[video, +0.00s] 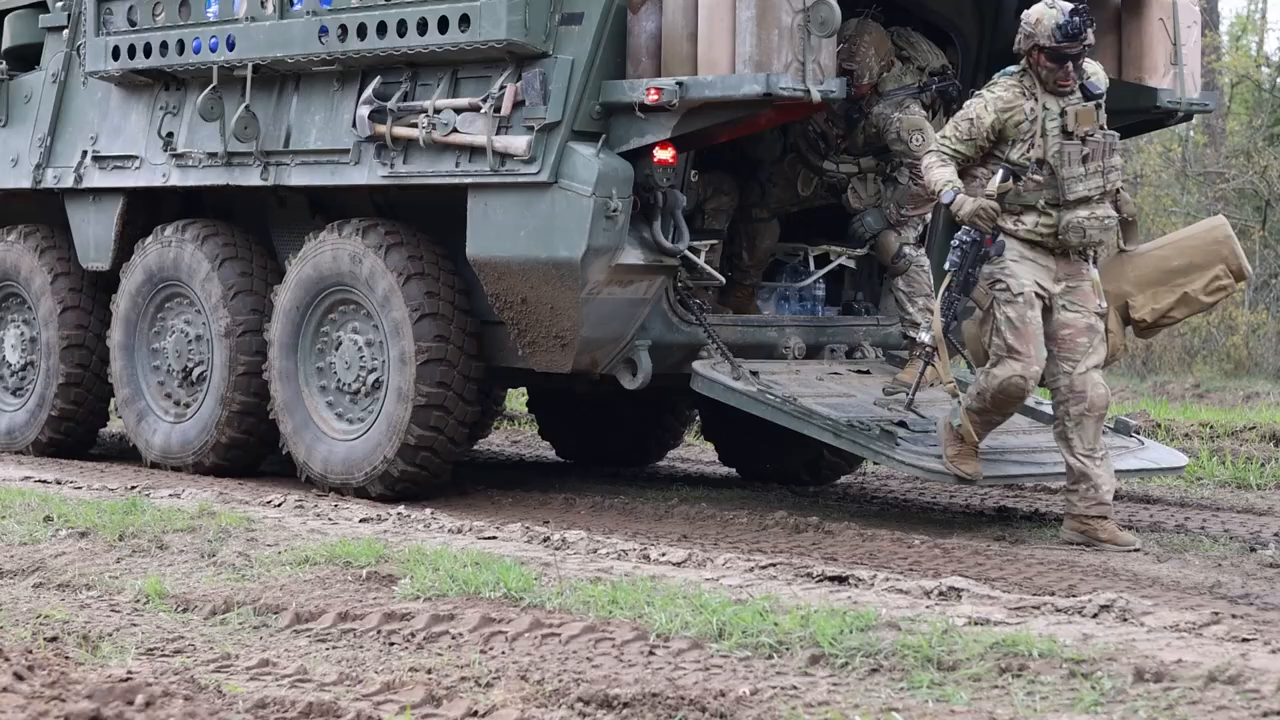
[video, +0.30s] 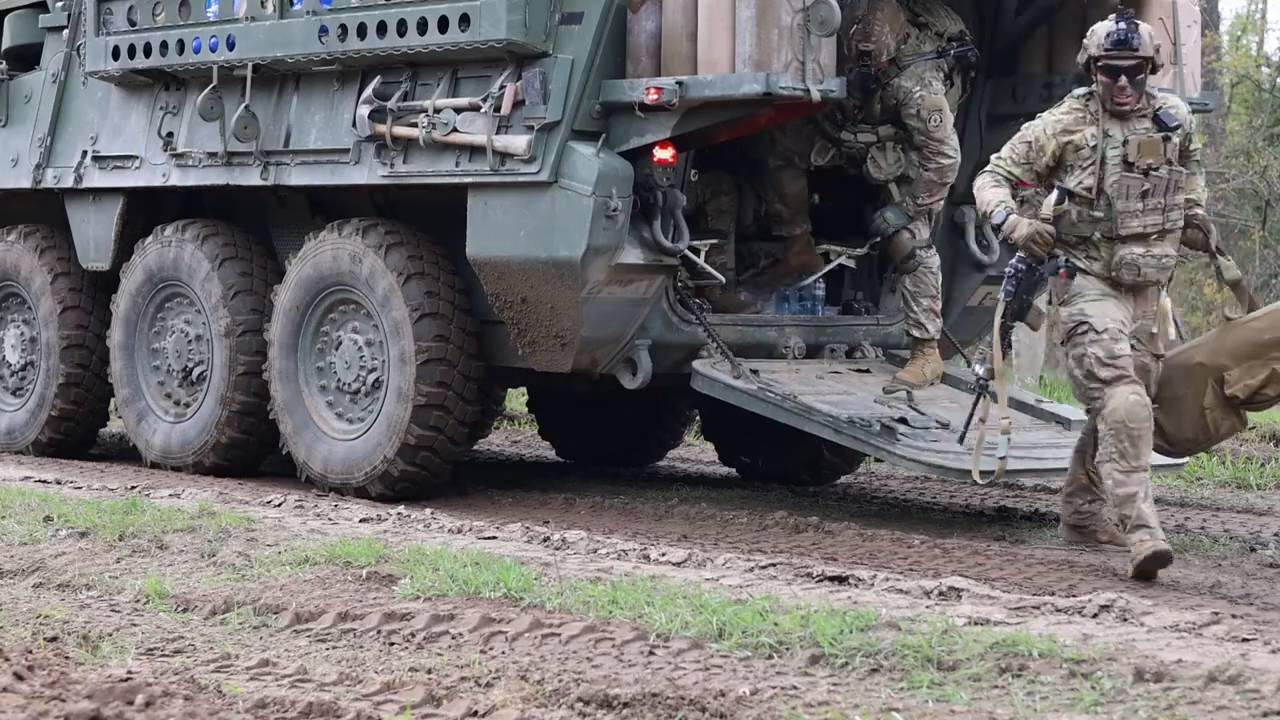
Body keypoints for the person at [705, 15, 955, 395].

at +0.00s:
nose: (849, 72)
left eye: (857, 65)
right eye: (845, 63)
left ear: (880, 62)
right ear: (839, 57)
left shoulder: (898, 111)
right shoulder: (838, 83)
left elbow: (926, 174)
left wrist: (889, 216)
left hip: (894, 184)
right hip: (836, 171)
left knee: (896, 246)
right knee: (760, 192)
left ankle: (925, 353)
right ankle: (740, 296)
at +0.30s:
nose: (866, 64)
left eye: (874, 56)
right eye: (860, 54)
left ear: (896, 46)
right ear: (850, 43)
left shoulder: (917, 83)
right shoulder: (846, 55)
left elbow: (944, 158)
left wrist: (905, 208)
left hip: (905, 157)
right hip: (853, 144)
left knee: (907, 240)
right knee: (780, 141)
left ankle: (925, 351)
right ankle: (798, 251)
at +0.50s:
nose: (878, 60)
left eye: (885, 52)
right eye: (869, 52)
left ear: (903, 42)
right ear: (855, 41)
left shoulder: (928, 79)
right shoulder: (845, 49)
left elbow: (956, 151)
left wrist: (929, 211)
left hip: (913, 148)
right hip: (860, 141)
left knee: (913, 235)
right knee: (804, 171)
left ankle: (926, 353)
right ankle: (854, 278)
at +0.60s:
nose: (891, 57)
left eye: (898, 48)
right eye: (881, 49)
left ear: (912, 40)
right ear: (863, 41)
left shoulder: (937, 75)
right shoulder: (844, 52)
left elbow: (967, 144)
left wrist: (943, 204)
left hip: (921, 168)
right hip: (859, 165)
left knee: (914, 244)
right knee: (847, 220)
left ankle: (926, 355)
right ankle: (859, 336)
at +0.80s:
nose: (906, 56)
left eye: (915, 47)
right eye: (897, 48)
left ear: (929, 35)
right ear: (878, 36)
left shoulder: (955, 61)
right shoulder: (854, 51)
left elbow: (998, 122)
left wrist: (981, 181)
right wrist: (853, 155)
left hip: (943, 176)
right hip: (881, 173)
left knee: (933, 256)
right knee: (889, 246)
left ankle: (923, 346)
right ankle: (883, 362)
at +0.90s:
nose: (927, 58)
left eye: (934, 49)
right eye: (917, 50)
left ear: (945, 36)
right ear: (895, 36)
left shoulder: (968, 62)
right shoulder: (864, 39)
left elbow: (1011, 121)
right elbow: (810, 49)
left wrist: (1003, 184)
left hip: (951, 170)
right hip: (884, 166)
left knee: (956, 242)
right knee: (896, 246)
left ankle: (933, 331)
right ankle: (886, 363)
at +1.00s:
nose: (953, 61)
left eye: (959, 50)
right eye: (942, 52)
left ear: (969, 37)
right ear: (917, 37)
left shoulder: (983, 65)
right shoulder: (874, 38)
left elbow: (1015, 131)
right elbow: (821, 69)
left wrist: (1015, 194)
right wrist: (843, 132)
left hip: (957, 169)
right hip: (887, 164)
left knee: (971, 247)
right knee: (897, 247)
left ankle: (969, 367)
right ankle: (885, 368)